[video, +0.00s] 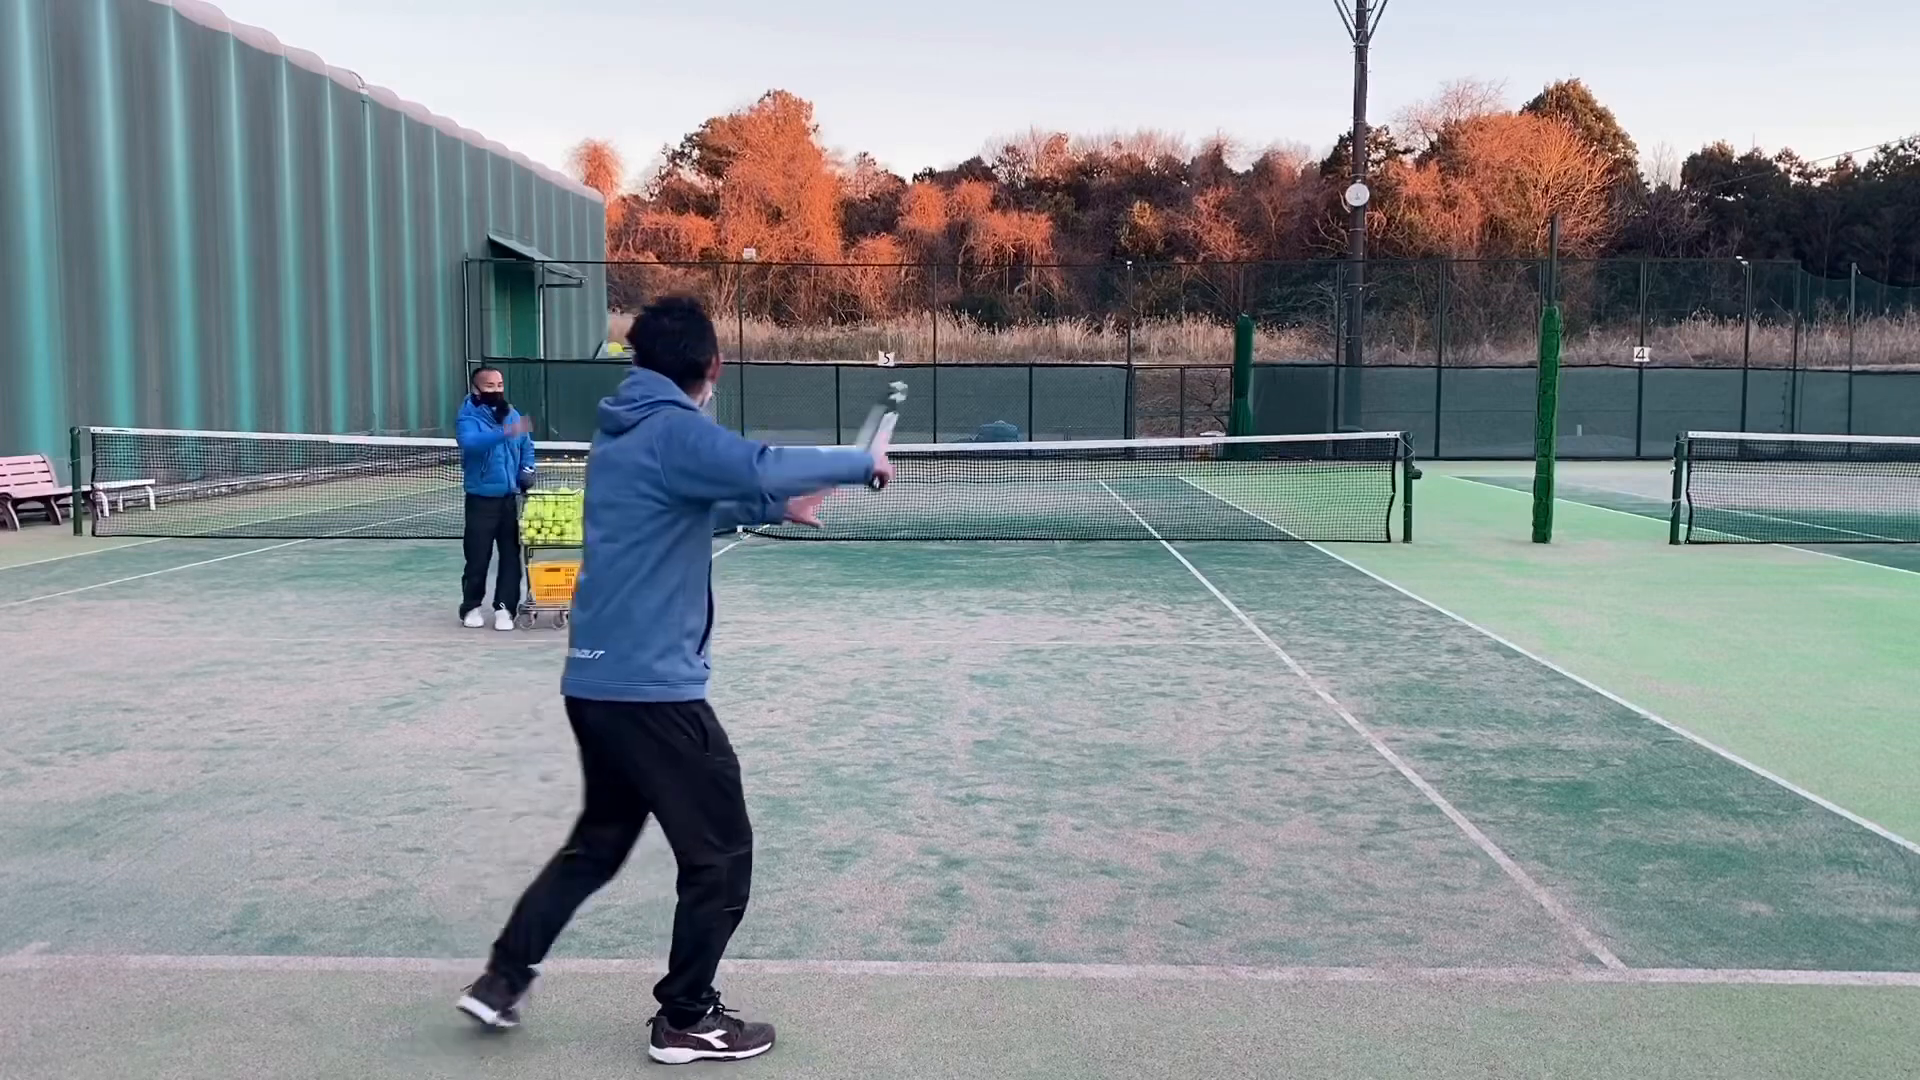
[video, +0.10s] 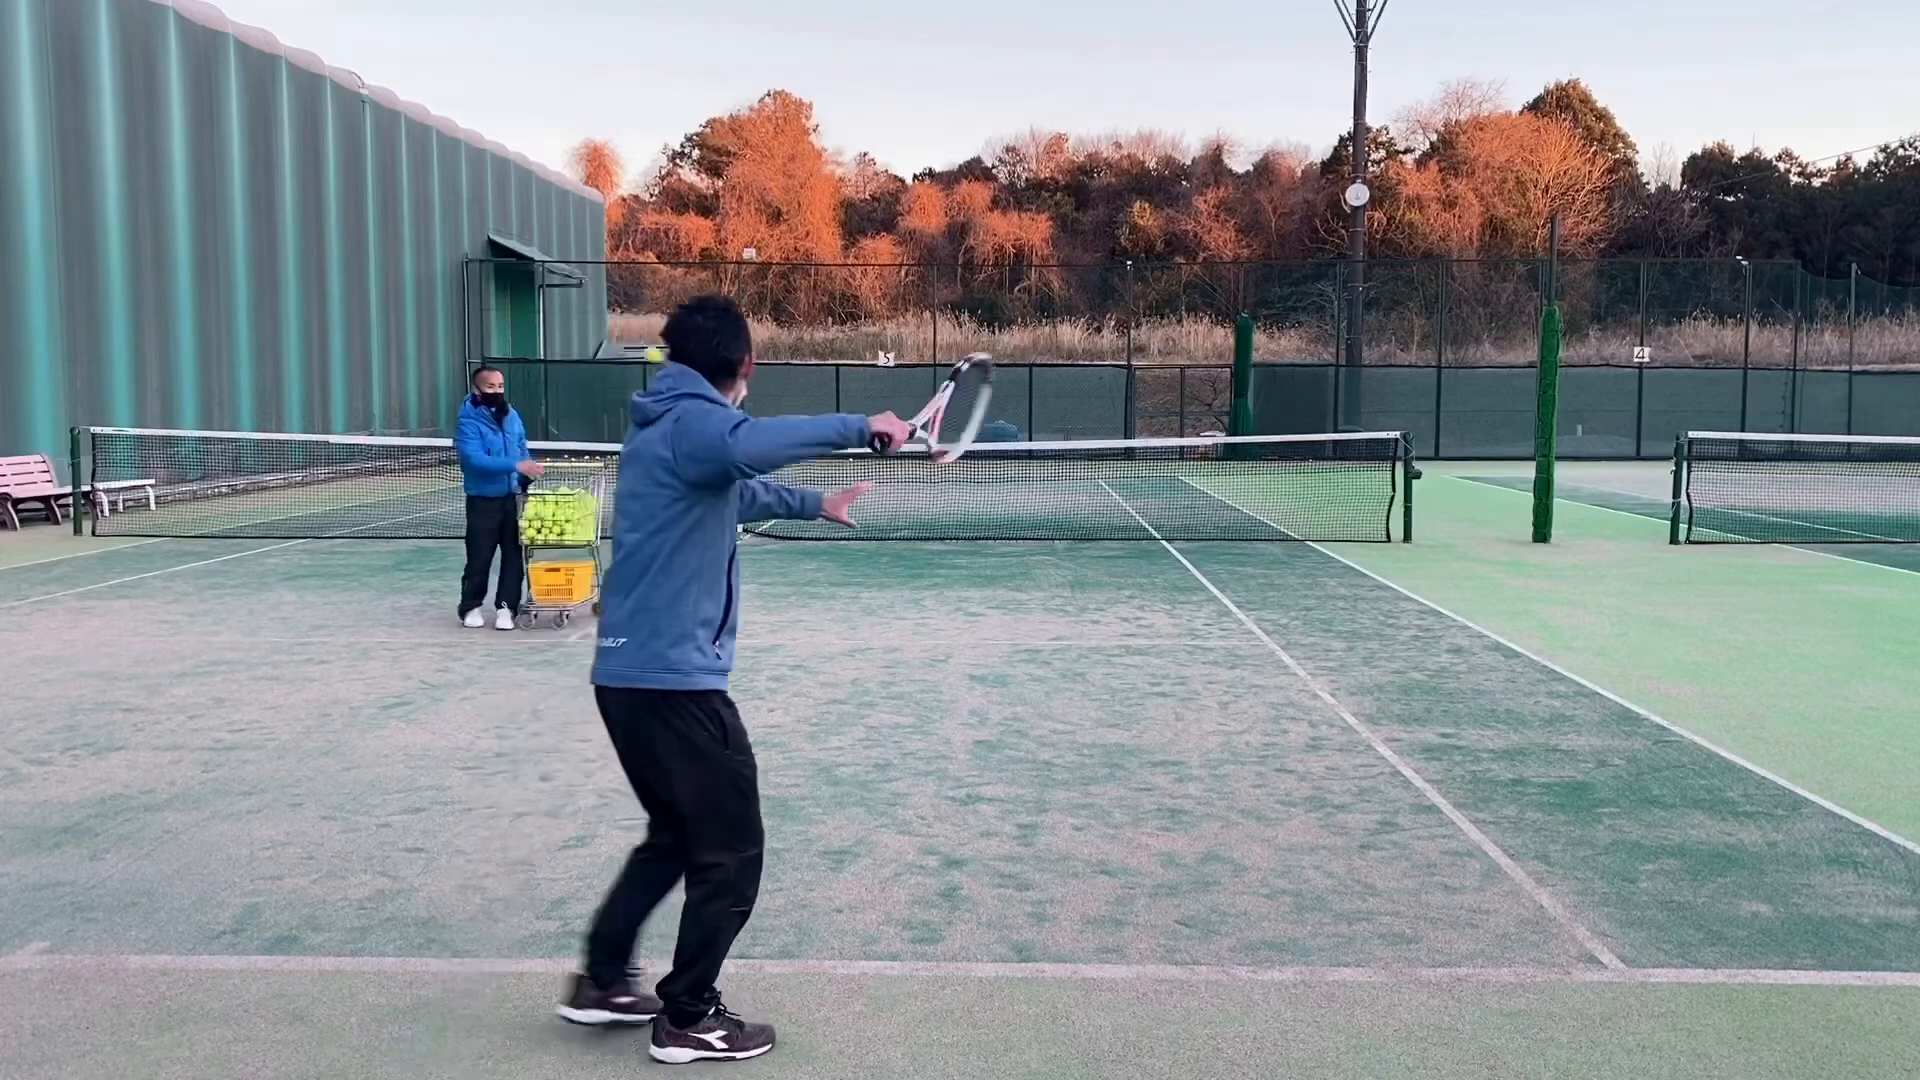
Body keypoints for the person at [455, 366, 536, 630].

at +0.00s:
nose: (497, 390)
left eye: (500, 385)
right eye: (490, 385)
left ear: (504, 386)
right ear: (476, 388)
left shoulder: (512, 415)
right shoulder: (468, 415)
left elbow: (528, 448)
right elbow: (468, 441)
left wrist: (527, 470)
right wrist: (505, 432)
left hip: (511, 496)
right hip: (481, 496)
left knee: (511, 557)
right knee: (478, 557)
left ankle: (504, 608)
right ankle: (471, 608)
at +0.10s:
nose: (497, 391)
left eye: (500, 386)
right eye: (491, 387)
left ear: (504, 387)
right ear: (477, 389)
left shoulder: (511, 415)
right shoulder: (468, 420)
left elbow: (522, 450)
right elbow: (473, 459)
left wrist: (528, 468)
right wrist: (517, 465)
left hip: (513, 497)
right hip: (483, 499)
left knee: (513, 556)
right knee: (480, 557)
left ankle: (506, 607)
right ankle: (471, 607)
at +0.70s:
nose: (527, 395)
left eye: (529, 391)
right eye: (520, 391)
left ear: (530, 391)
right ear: (506, 391)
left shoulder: (523, 417)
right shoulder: (494, 422)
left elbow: (528, 457)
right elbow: (502, 464)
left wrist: (543, 478)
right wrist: (539, 485)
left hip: (525, 500)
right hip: (498, 501)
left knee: (538, 554)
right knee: (487, 558)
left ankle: (541, 607)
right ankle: (465, 609)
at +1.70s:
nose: (549, 392)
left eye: (552, 387)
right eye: (543, 388)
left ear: (556, 388)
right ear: (530, 389)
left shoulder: (557, 416)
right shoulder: (519, 420)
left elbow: (561, 452)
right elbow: (529, 463)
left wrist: (567, 475)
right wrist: (568, 484)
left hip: (547, 494)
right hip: (520, 495)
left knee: (549, 553)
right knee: (514, 554)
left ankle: (543, 604)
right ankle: (498, 602)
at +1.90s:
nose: (537, 390)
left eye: (540, 385)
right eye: (531, 386)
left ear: (545, 386)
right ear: (519, 388)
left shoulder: (554, 416)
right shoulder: (508, 419)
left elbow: (566, 452)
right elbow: (509, 464)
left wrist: (566, 471)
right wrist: (543, 471)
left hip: (547, 496)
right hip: (517, 497)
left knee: (548, 553)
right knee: (516, 553)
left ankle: (543, 605)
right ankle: (513, 603)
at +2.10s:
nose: (520, 390)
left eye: (524, 385)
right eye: (514, 386)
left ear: (530, 386)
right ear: (505, 388)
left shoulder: (547, 415)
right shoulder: (495, 420)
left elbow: (564, 450)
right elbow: (493, 459)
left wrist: (564, 470)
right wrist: (510, 474)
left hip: (543, 495)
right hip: (510, 497)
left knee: (544, 553)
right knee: (511, 553)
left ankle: (543, 605)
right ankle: (511, 604)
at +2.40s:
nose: (503, 392)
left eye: (507, 387)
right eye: (497, 388)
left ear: (515, 387)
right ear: (490, 390)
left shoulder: (534, 413)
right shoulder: (485, 422)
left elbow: (561, 445)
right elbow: (479, 463)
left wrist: (563, 472)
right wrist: (483, 499)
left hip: (534, 494)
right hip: (502, 496)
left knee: (537, 550)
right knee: (505, 553)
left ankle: (540, 604)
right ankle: (511, 604)